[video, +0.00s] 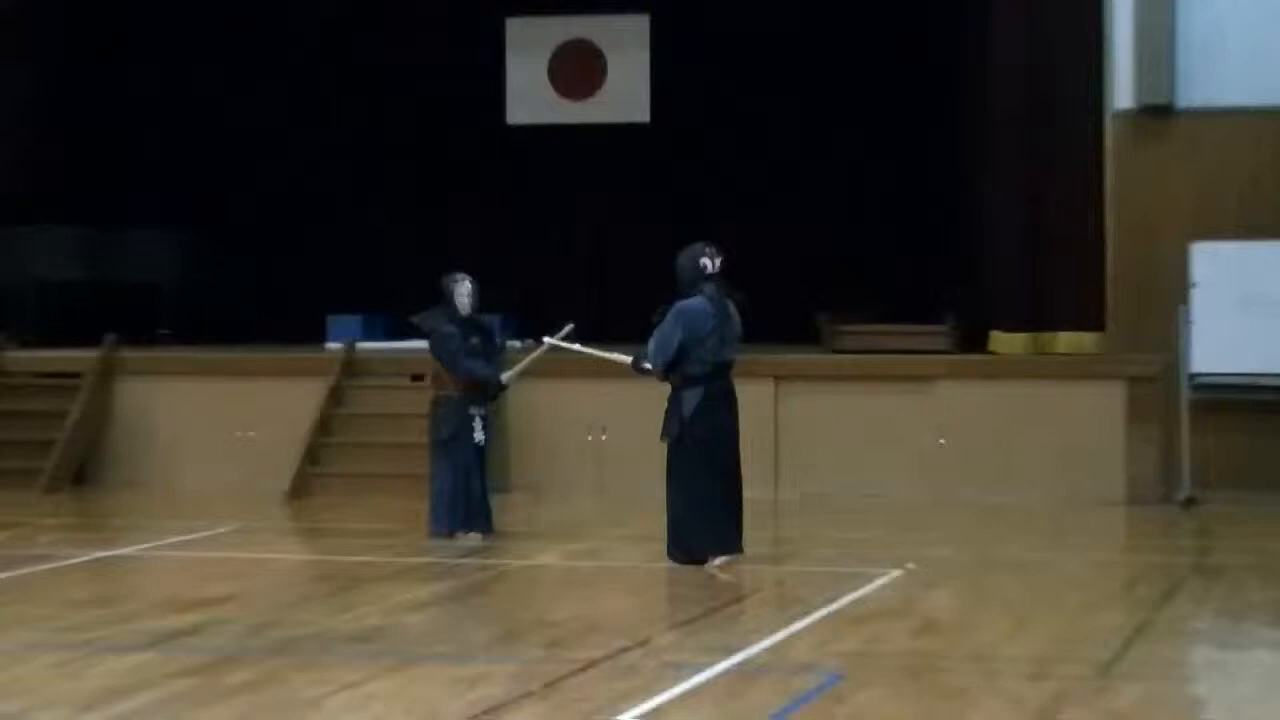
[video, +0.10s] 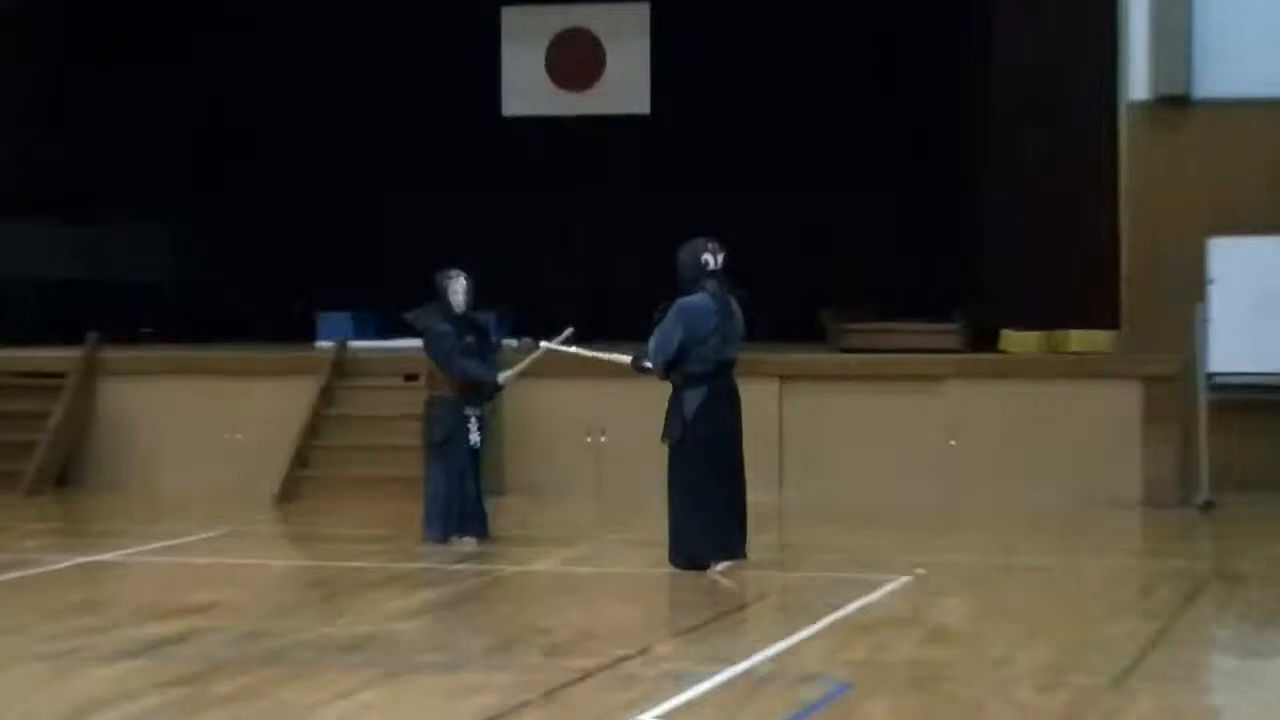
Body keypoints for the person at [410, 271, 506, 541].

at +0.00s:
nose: (467, 299)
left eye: (470, 293)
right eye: (462, 293)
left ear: (474, 296)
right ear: (451, 295)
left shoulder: (478, 326)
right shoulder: (443, 328)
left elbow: (490, 357)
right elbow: (458, 364)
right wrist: (491, 378)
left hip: (474, 400)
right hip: (449, 401)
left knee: (473, 463)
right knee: (452, 462)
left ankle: (475, 523)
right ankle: (448, 525)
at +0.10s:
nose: (461, 296)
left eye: (464, 290)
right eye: (456, 290)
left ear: (468, 292)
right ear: (444, 291)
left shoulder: (474, 324)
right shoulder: (437, 326)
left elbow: (486, 357)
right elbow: (453, 362)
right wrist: (491, 378)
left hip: (470, 401)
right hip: (444, 402)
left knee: (468, 466)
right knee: (446, 466)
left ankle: (470, 530)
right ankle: (440, 531)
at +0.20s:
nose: (447, 287)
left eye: (450, 281)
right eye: (441, 281)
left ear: (455, 283)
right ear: (429, 282)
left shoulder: (460, 318)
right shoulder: (419, 318)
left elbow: (474, 354)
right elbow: (437, 358)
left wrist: (478, 378)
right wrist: (477, 378)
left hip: (457, 403)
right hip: (429, 405)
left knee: (455, 474)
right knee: (430, 474)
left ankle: (456, 544)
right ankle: (425, 547)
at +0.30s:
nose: (435, 282)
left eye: (438, 275)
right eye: (428, 275)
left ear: (444, 278)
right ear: (413, 276)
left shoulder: (451, 313)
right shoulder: (402, 315)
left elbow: (465, 356)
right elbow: (423, 361)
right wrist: (468, 380)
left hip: (446, 405)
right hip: (414, 407)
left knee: (442, 483)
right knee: (413, 483)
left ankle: (442, 559)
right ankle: (405, 559)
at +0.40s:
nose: (419, 269)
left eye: (423, 260)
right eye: (410, 261)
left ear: (430, 265)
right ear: (395, 265)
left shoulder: (439, 308)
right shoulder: (387, 314)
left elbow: (453, 359)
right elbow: (410, 362)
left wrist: (456, 387)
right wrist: (462, 379)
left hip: (432, 414)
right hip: (399, 416)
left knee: (428, 501)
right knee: (401, 501)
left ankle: (429, 583)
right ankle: (396, 584)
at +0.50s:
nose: (420, 259)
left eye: (423, 250)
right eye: (411, 251)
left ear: (429, 254)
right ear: (392, 254)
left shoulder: (435, 305)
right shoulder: (381, 307)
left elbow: (456, 367)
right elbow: (406, 363)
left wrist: (443, 392)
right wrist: (460, 382)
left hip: (427, 424)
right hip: (388, 425)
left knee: (425, 520)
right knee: (395, 523)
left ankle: (424, 614)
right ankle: (394, 619)